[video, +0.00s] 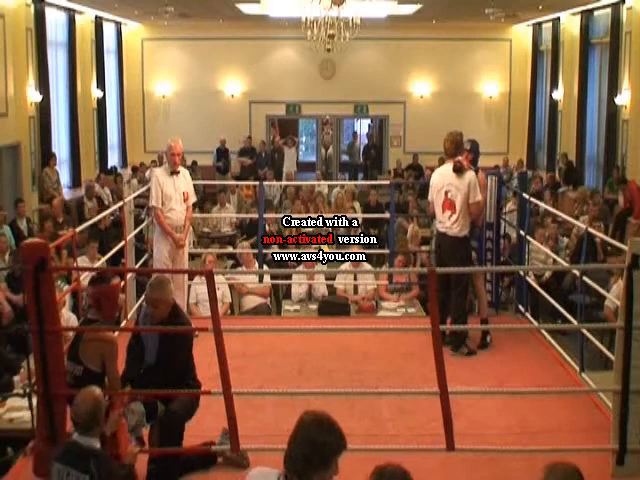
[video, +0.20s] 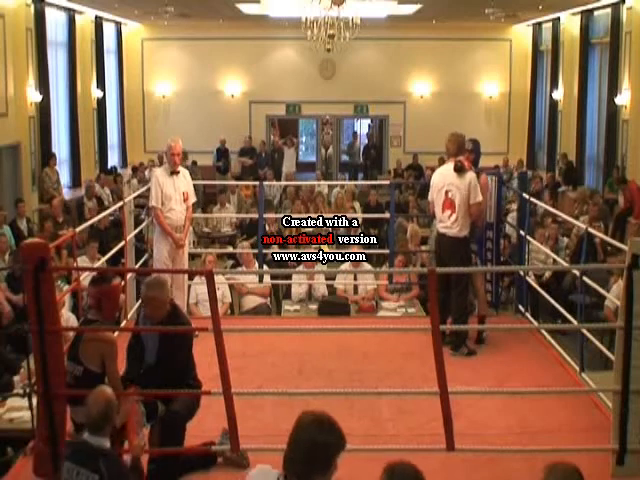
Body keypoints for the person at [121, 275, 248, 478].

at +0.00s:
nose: (152, 311)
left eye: (157, 307)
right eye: (149, 305)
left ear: (171, 303)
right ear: (145, 299)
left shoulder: (181, 326)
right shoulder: (143, 315)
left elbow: (170, 372)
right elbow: (133, 351)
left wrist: (138, 388)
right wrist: (127, 381)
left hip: (182, 389)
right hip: (151, 389)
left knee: (171, 417)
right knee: (164, 468)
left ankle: (158, 471)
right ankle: (216, 450)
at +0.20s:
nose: (148, 308)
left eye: (153, 303)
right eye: (145, 302)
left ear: (167, 301)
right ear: (142, 299)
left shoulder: (180, 326)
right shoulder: (142, 316)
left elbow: (170, 372)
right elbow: (133, 353)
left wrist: (136, 386)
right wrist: (126, 382)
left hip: (182, 389)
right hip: (150, 388)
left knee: (173, 417)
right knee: (163, 468)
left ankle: (159, 470)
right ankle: (216, 451)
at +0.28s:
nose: (141, 306)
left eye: (146, 302)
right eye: (141, 301)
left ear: (162, 302)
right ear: (141, 299)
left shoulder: (180, 326)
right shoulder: (142, 316)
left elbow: (171, 372)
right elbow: (133, 353)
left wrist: (138, 385)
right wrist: (129, 382)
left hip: (183, 389)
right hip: (151, 389)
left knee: (173, 417)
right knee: (162, 469)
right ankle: (216, 450)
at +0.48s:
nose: (143, 309)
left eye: (147, 304)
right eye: (141, 303)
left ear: (162, 303)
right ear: (140, 302)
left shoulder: (180, 326)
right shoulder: (141, 318)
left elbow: (172, 373)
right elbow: (132, 353)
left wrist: (141, 383)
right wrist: (131, 379)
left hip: (183, 388)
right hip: (151, 387)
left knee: (174, 416)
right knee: (161, 467)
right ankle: (216, 450)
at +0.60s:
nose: (142, 310)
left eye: (145, 305)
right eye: (140, 304)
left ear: (161, 302)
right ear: (139, 301)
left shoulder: (180, 326)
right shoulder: (142, 315)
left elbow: (171, 370)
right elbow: (133, 348)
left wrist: (141, 378)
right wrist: (131, 370)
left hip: (183, 386)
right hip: (151, 383)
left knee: (173, 416)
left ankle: (166, 468)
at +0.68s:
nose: (141, 308)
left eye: (145, 304)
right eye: (139, 303)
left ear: (161, 301)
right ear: (138, 300)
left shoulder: (179, 325)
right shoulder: (142, 317)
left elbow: (171, 371)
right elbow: (132, 349)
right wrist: (129, 371)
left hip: (184, 388)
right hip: (154, 388)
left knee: (174, 416)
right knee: (161, 467)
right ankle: (216, 449)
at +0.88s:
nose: (143, 302)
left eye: (147, 296)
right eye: (141, 296)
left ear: (163, 295)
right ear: (139, 294)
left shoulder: (178, 323)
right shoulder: (141, 314)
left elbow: (176, 375)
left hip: (182, 390)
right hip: (150, 389)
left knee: (173, 417)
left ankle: (216, 452)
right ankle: (214, 447)